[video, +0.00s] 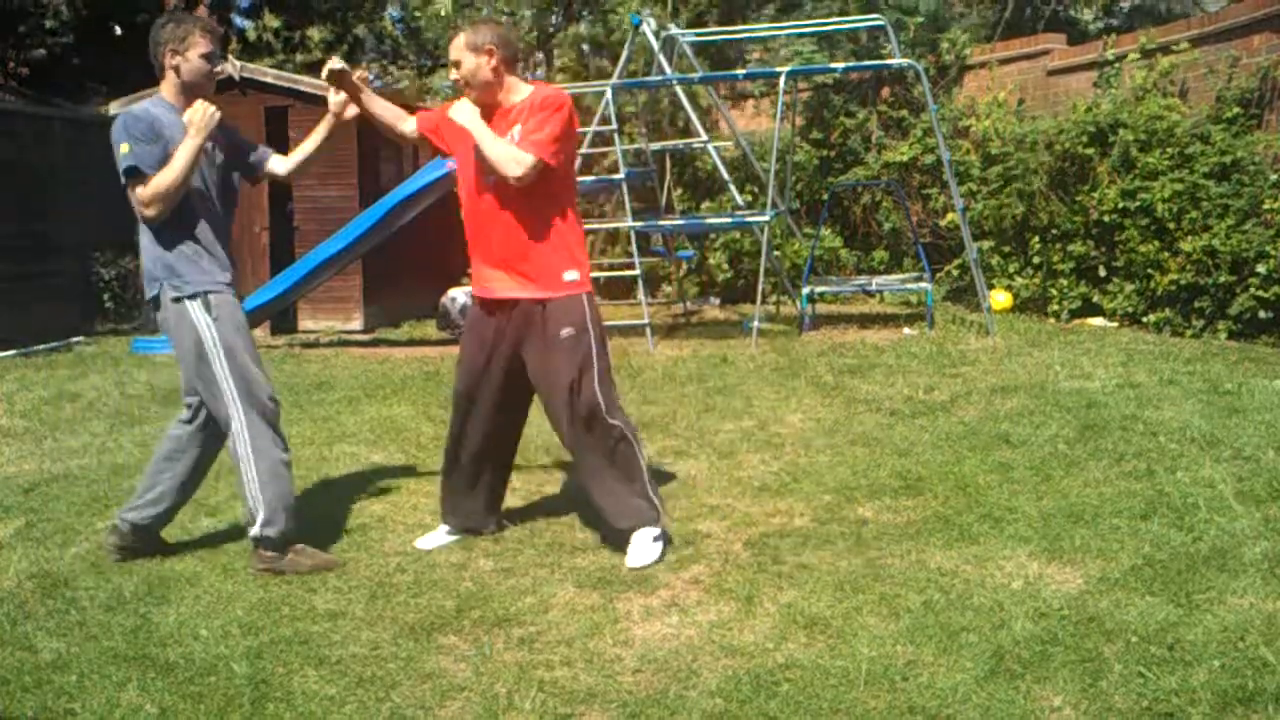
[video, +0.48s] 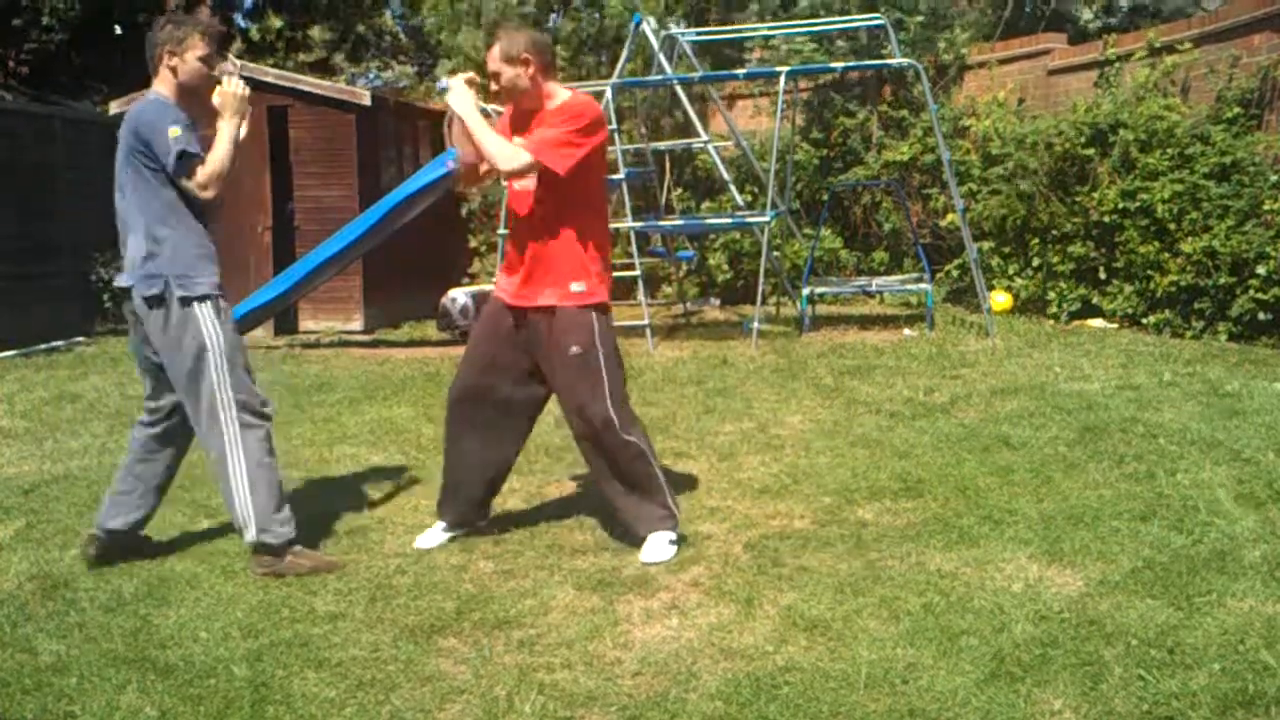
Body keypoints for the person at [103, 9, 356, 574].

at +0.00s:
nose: (219, 68)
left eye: (220, 58)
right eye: (209, 58)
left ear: (188, 62)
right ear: (173, 60)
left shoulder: (208, 123)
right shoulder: (136, 120)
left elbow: (278, 167)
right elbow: (149, 206)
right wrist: (195, 139)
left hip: (213, 284)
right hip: (187, 286)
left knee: (207, 410)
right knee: (251, 402)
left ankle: (136, 527)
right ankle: (273, 542)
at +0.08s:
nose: (221, 65)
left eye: (222, 55)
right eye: (212, 55)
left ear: (191, 60)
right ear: (175, 58)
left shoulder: (217, 121)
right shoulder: (139, 118)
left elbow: (291, 150)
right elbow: (152, 204)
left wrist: (335, 101)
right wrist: (196, 137)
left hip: (219, 281)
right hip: (191, 285)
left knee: (215, 410)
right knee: (255, 405)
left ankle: (136, 528)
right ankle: (274, 544)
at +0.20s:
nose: (221, 75)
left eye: (223, 66)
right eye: (212, 65)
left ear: (193, 70)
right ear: (174, 67)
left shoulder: (211, 129)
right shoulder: (138, 129)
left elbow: (276, 177)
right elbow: (165, 209)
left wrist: (298, 150)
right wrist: (202, 142)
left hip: (226, 286)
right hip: (198, 290)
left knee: (214, 413)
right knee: (273, 405)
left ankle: (135, 530)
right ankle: (276, 545)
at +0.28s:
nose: (220, 74)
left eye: (222, 64)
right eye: (210, 63)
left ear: (211, 66)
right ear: (173, 63)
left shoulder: (206, 129)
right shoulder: (140, 124)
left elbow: (267, 202)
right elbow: (172, 199)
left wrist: (278, 159)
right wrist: (207, 134)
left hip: (222, 282)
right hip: (195, 286)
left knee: (208, 409)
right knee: (270, 400)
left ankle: (133, 527)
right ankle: (278, 542)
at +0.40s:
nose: (217, 66)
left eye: (219, 57)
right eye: (208, 55)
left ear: (185, 59)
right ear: (172, 55)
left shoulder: (181, 115)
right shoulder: (150, 109)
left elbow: (218, 191)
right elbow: (194, 178)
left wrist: (239, 141)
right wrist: (223, 113)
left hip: (186, 280)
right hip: (185, 282)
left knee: (176, 409)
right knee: (247, 399)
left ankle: (127, 527)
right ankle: (276, 539)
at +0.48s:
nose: (216, 70)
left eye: (217, 61)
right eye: (205, 60)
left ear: (175, 65)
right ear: (168, 60)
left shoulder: (153, 114)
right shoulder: (157, 112)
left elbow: (203, 186)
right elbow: (206, 184)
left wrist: (229, 127)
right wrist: (230, 119)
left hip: (151, 288)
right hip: (180, 288)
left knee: (168, 411)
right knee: (237, 407)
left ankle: (116, 531)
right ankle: (273, 544)